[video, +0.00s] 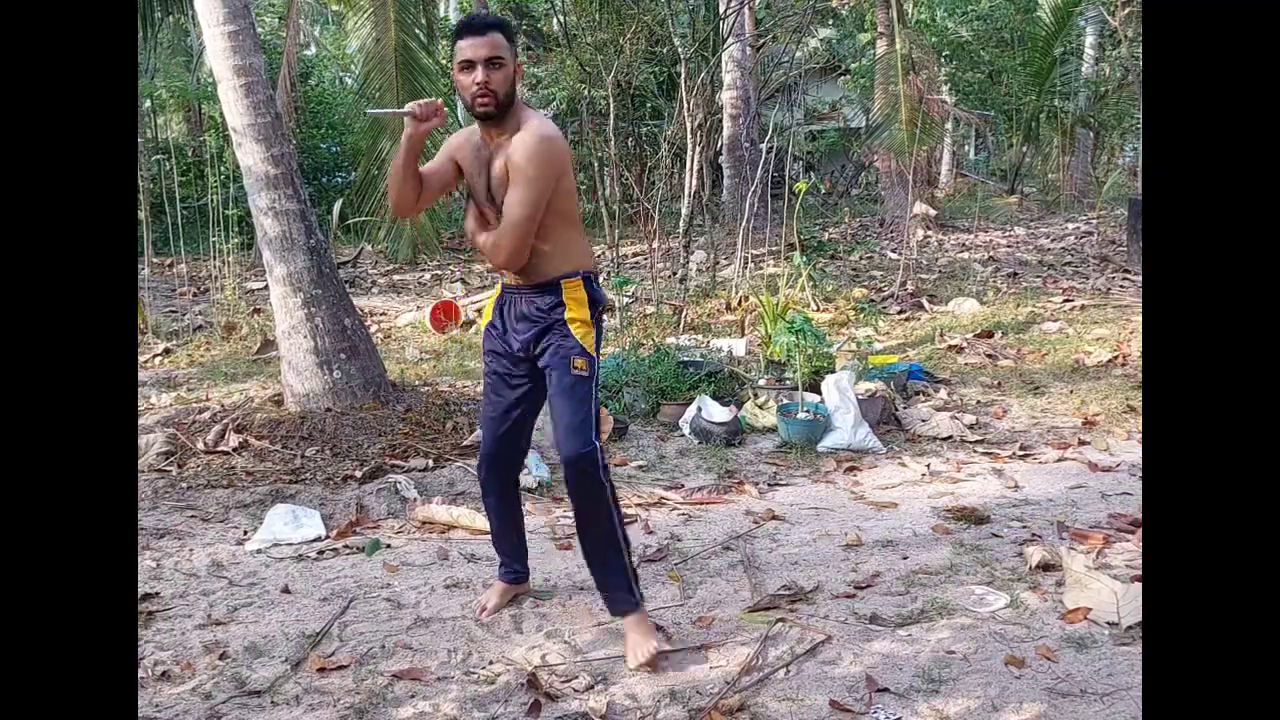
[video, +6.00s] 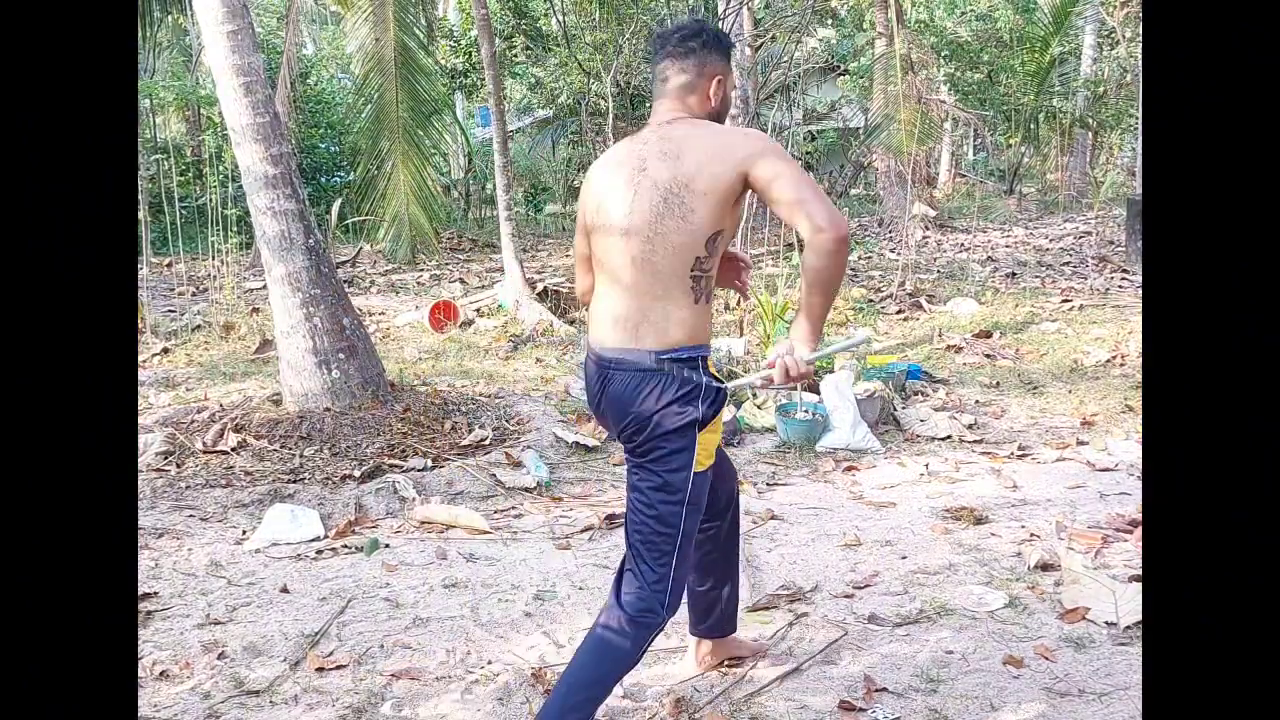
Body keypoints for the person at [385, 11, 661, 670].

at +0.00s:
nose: (481, 78)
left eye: (494, 63)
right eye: (468, 67)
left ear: (518, 70)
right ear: (455, 77)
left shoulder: (537, 140)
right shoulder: (465, 141)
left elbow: (507, 255)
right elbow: (404, 204)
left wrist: (475, 216)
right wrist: (409, 140)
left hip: (567, 308)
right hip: (511, 311)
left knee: (577, 454)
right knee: (495, 459)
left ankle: (630, 612)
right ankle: (513, 576)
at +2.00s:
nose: (502, 36)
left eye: (520, 23)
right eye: (498, 22)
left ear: (567, 31)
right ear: (491, 27)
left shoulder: (611, 122)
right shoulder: (478, 107)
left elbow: (687, 187)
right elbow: (384, 143)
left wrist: (732, 231)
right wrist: (294, 147)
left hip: (571, 330)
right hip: (491, 324)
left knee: (583, 490)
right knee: (465, 499)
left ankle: (587, 574)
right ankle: (456, 669)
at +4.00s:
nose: (823, 46)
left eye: (835, 30)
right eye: (807, 26)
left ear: (841, 34)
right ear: (760, 22)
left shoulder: (839, 129)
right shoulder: (693, 103)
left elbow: (873, 247)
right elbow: (574, 157)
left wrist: (839, 240)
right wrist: (595, 106)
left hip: (780, 334)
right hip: (701, 329)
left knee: (801, 521)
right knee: (680, 517)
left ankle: (768, 662)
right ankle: (609, 700)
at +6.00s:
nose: (729, 100)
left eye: (726, 90)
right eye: (729, 89)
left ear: (657, 86)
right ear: (715, 86)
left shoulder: (605, 167)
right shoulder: (737, 144)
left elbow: (587, 286)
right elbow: (827, 232)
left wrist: (700, 266)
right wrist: (805, 335)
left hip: (604, 379)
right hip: (673, 387)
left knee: (715, 490)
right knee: (649, 589)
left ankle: (716, 639)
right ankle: (556, 713)